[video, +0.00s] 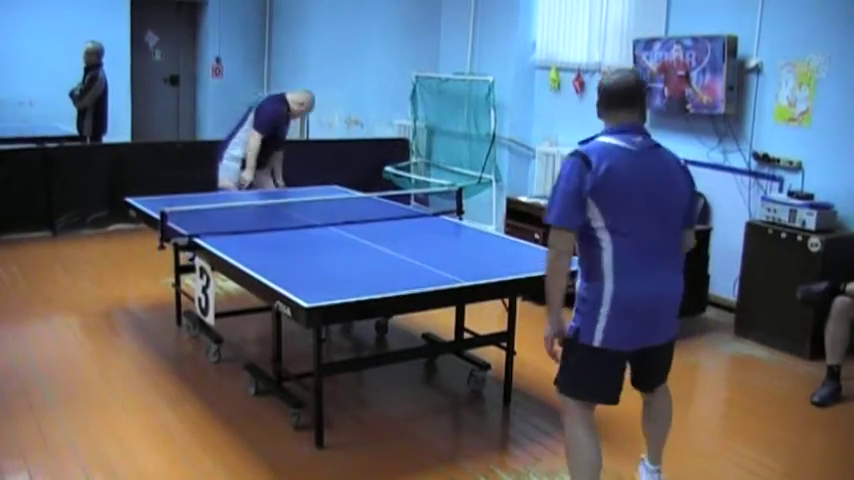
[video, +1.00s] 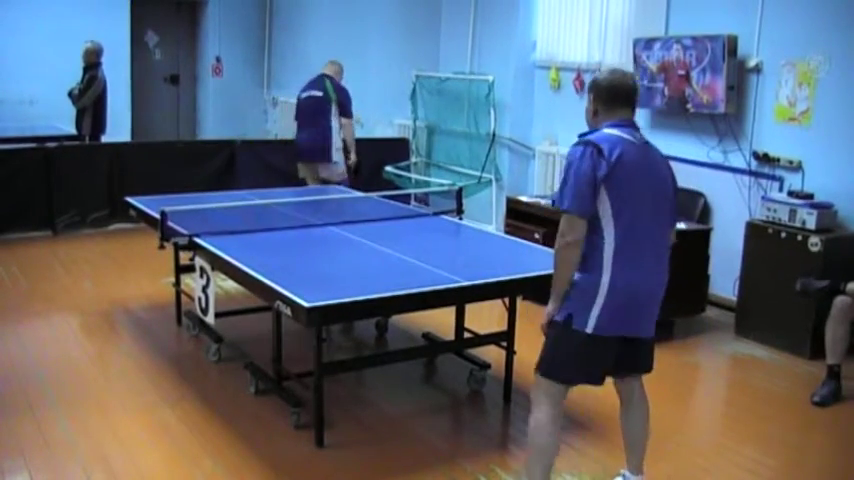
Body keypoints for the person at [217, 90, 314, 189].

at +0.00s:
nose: (300, 116)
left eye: (304, 113)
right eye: (303, 112)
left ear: (300, 103)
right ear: (300, 104)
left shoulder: (285, 114)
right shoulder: (273, 107)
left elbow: (278, 151)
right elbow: (255, 137)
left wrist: (279, 178)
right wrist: (249, 170)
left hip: (259, 163)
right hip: (235, 160)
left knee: (272, 201)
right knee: (229, 204)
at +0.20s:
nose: (312, 104)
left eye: (316, 101)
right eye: (315, 99)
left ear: (312, 91)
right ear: (313, 93)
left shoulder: (297, 101)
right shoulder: (288, 97)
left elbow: (288, 137)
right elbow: (273, 130)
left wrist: (290, 164)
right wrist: (270, 163)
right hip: (255, 150)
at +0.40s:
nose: (320, 97)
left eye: (323, 94)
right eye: (323, 93)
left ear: (310, 80)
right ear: (320, 87)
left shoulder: (290, 89)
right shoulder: (304, 95)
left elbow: (292, 129)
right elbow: (300, 133)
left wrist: (305, 156)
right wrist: (304, 169)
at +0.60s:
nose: (330, 90)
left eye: (332, 87)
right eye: (332, 87)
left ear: (317, 74)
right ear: (330, 82)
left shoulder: (295, 86)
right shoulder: (320, 93)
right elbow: (325, 128)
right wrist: (332, 160)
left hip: (279, 146)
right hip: (300, 148)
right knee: (304, 196)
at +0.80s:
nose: (337, 87)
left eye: (338, 84)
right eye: (338, 84)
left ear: (321, 75)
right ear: (336, 80)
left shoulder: (302, 90)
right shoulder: (330, 93)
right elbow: (338, 128)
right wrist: (348, 157)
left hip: (294, 152)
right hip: (315, 153)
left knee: (304, 196)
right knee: (320, 197)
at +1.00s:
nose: (340, 80)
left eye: (340, 77)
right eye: (341, 77)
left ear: (324, 71)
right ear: (339, 74)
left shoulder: (305, 89)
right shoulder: (338, 89)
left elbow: (298, 120)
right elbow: (346, 123)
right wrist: (352, 151)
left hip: (304, 149)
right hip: (329, 150)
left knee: (313, 193)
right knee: (339, 193)